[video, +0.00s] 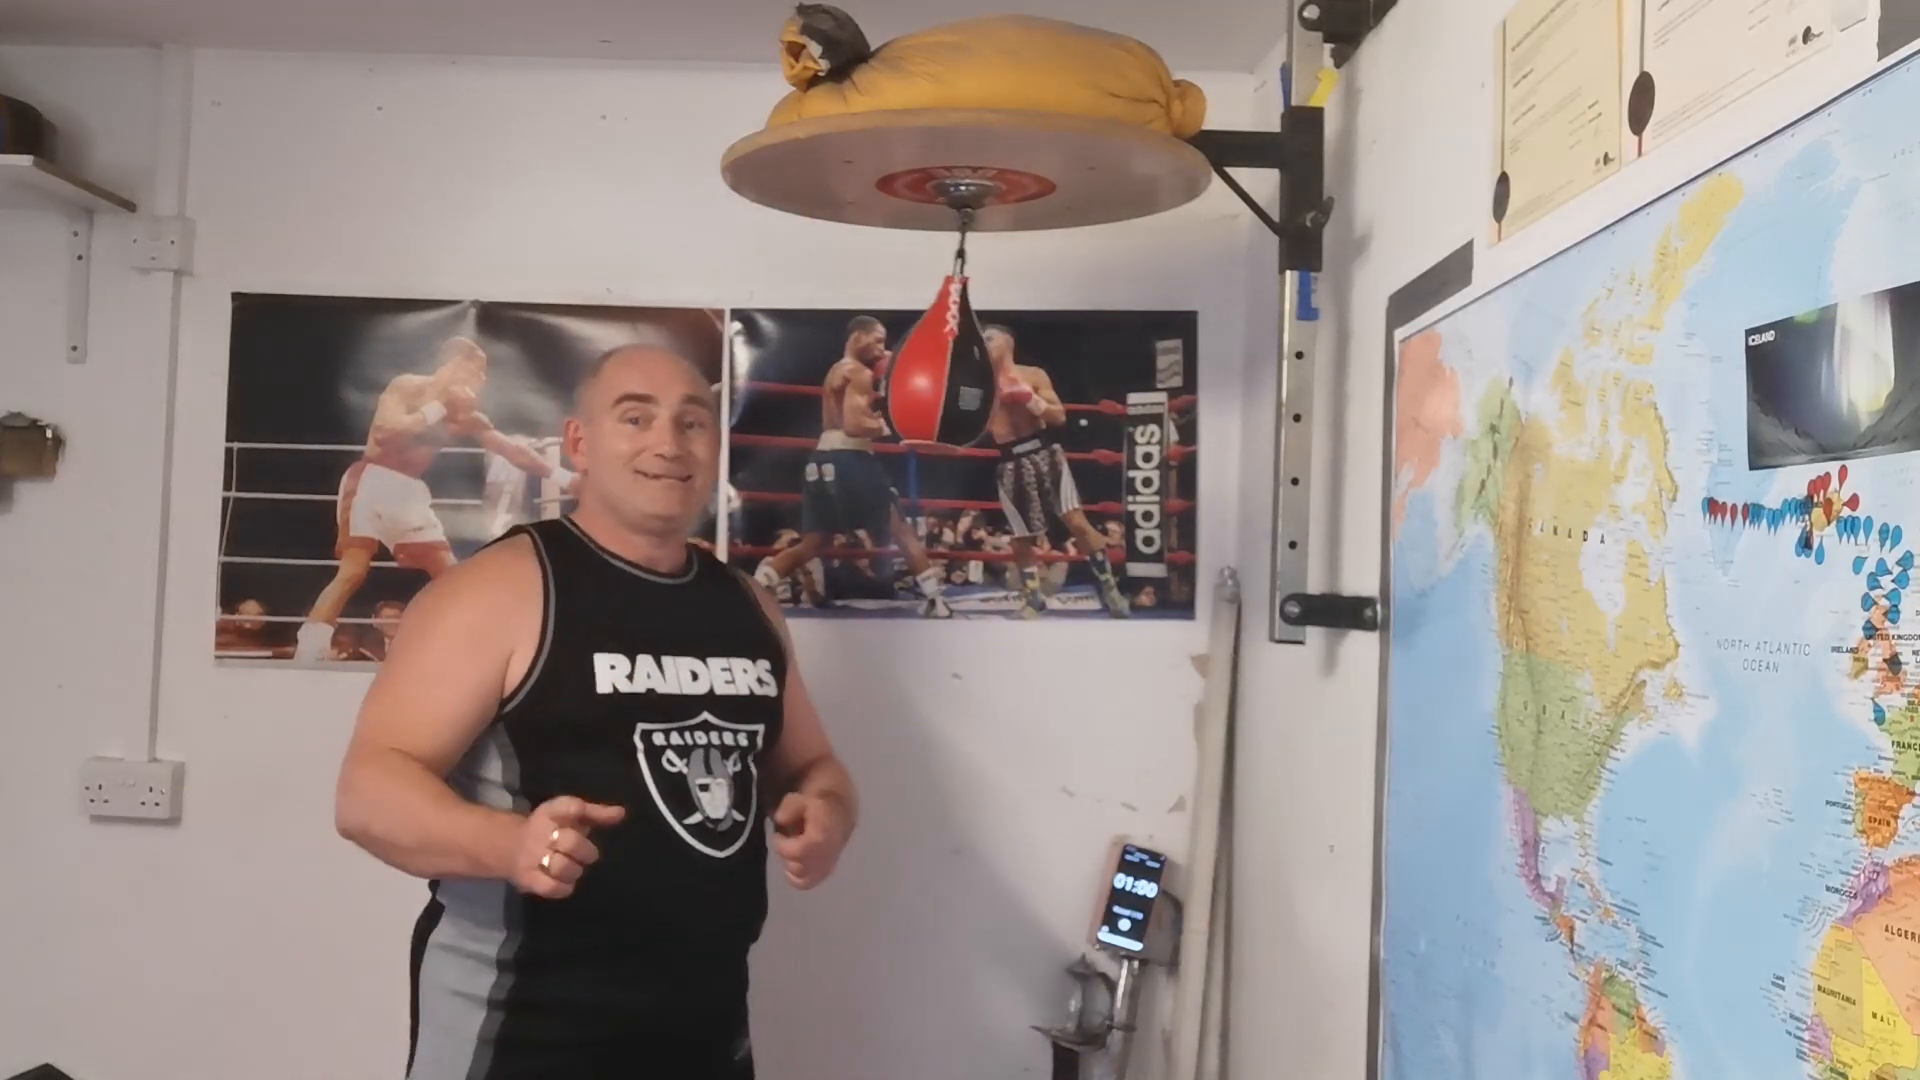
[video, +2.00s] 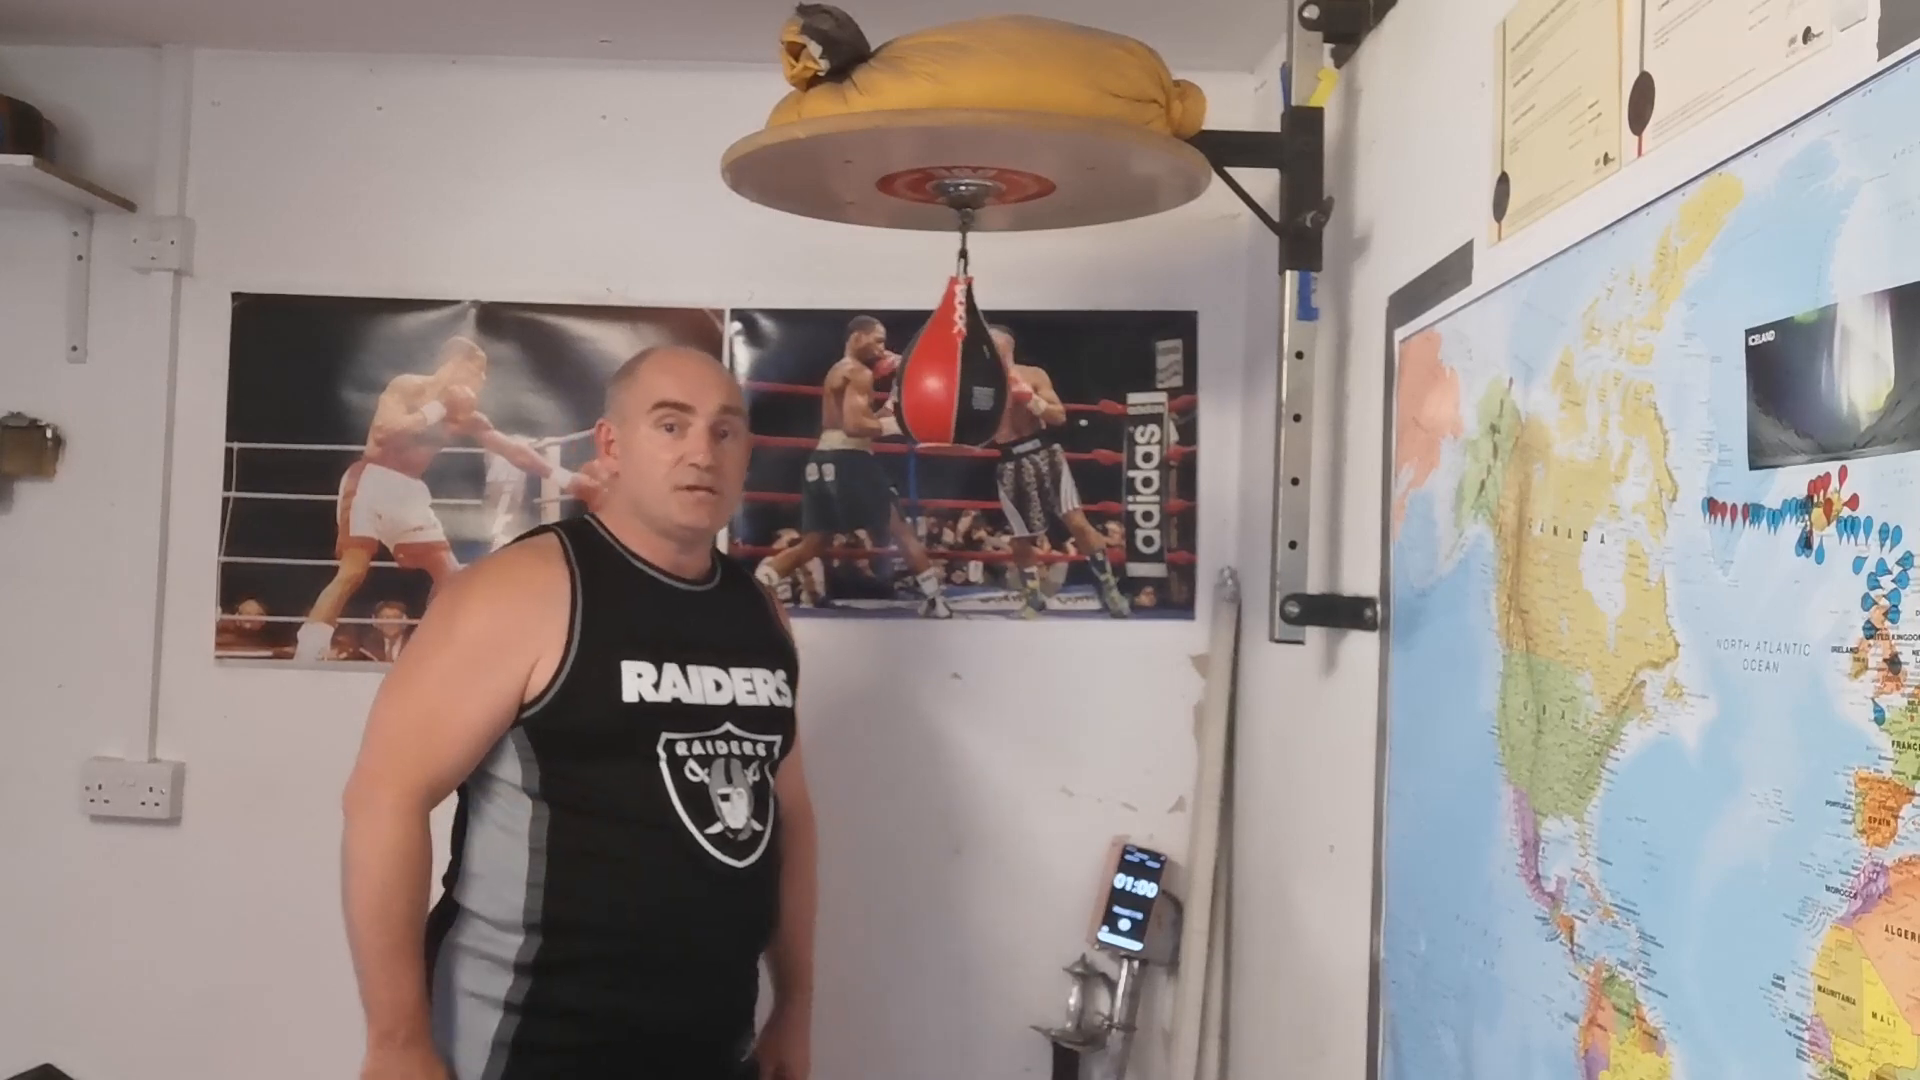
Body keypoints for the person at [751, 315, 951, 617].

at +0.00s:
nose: (881, 348)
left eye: (883, 343)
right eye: (878, 341)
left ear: (855, 340)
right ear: (857, 337)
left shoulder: (833, 373)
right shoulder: (859, 373)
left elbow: (834, 421)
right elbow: (854, 425)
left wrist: (877, 376)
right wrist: (884, 425)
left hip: (820, 462)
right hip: (853, 463)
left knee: (812, 543)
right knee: (903, 532)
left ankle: (754, 589)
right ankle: (936, 599)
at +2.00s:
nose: (882, 349)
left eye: (883, 343)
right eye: (878, 341)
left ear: (855, 340)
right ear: (857, 337)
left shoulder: (834, 372)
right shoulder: (859, 373)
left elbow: (842, 420)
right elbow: (854, 425)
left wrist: (880, 412)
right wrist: (890, 425)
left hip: (819, 463)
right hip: (852, 463)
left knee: (814, 542)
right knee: (901, 529)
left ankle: (755, 588)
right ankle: (935, 597)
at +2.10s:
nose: (881, 349)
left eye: (883, 343)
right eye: (878, 341)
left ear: (855, 340)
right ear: (857, 337)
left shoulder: (834, 373)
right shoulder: (859, 373)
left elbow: (844, 421)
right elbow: (854, 425)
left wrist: (886, 411)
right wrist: (892, 424)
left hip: (820, 463)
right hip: (852, 462)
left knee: (815, 541)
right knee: (901, 530)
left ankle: (755, 588)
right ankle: (935, 597)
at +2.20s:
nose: (881, 349)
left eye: (883, 343)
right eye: (878, 342)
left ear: (856, 341)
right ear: (857, 338)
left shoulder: (834, 373)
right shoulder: (858, 373)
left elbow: (845, 423)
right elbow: (854, 426)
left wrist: (888, 409)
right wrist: (897, 423)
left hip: (819, 464)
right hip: (852, 463)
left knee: (815, 541)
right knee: (901, 529)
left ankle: (756, 587)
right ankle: (935, 597)